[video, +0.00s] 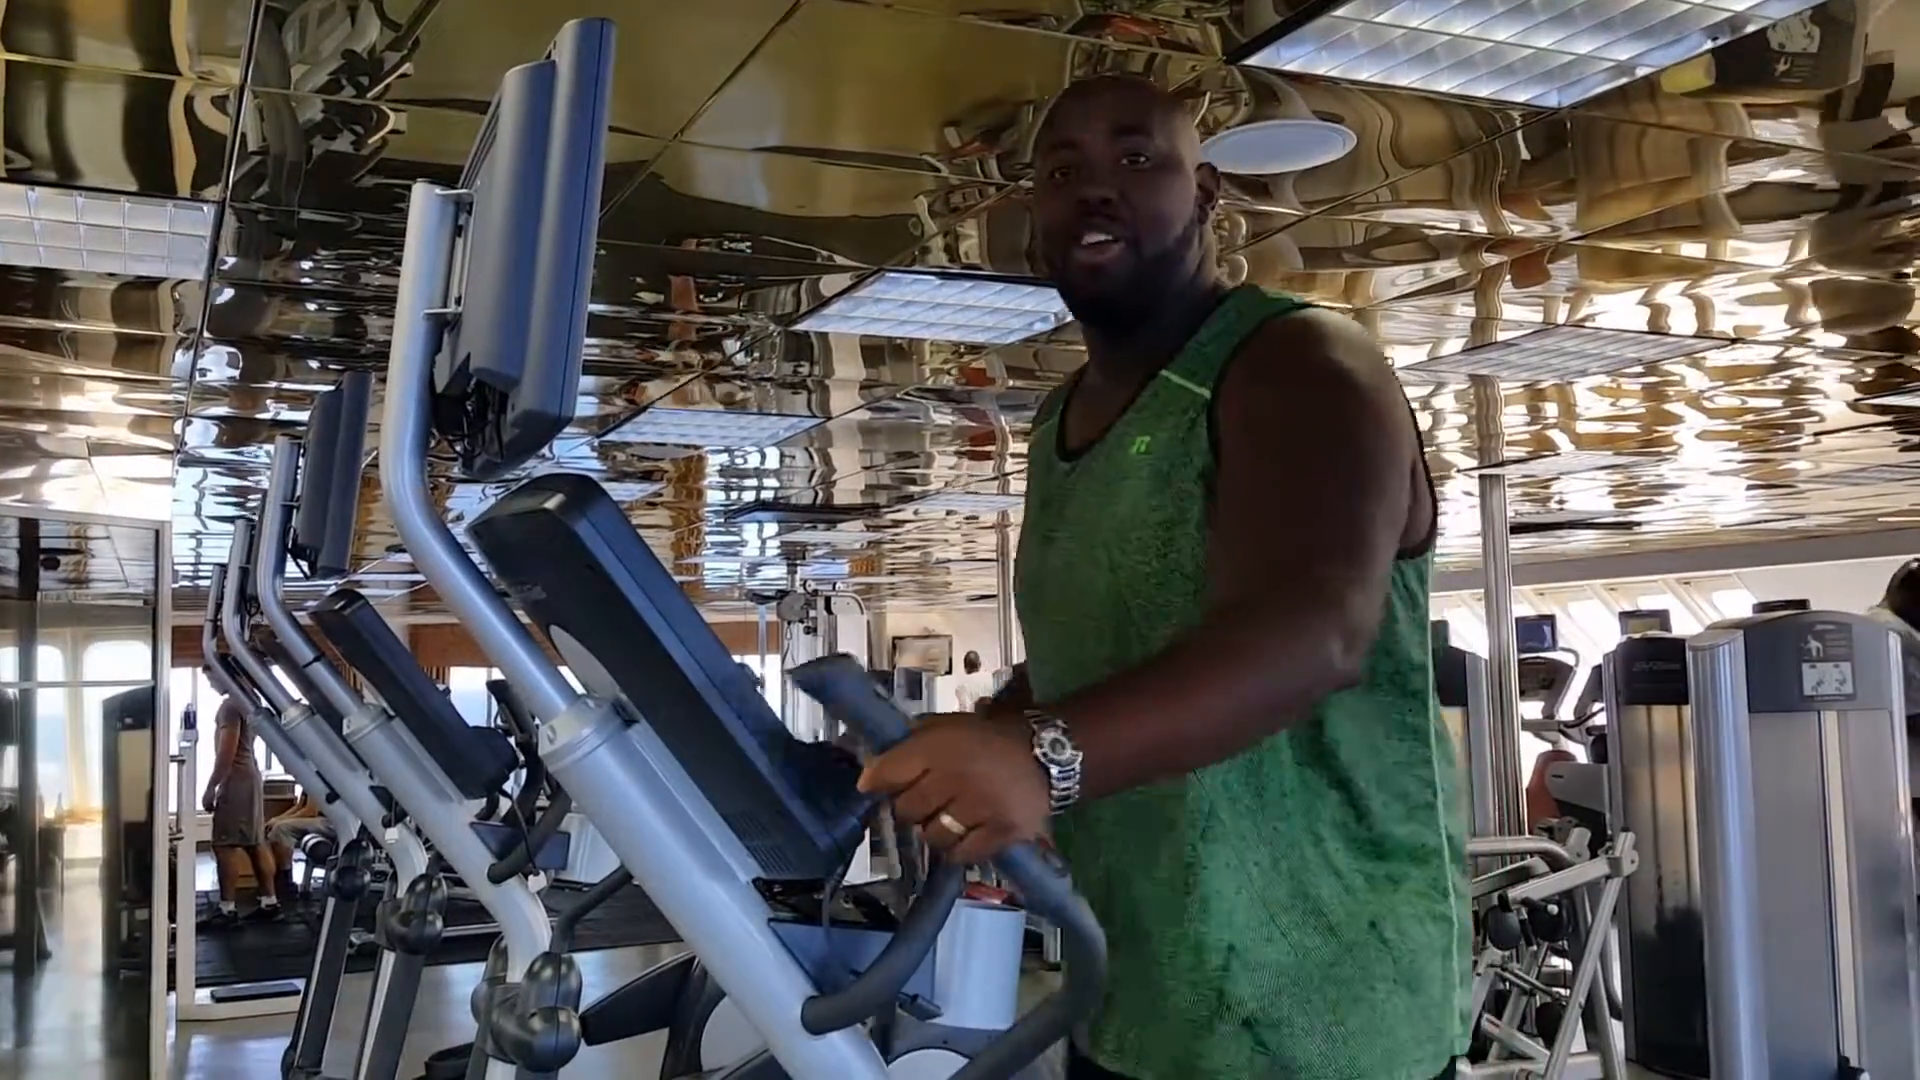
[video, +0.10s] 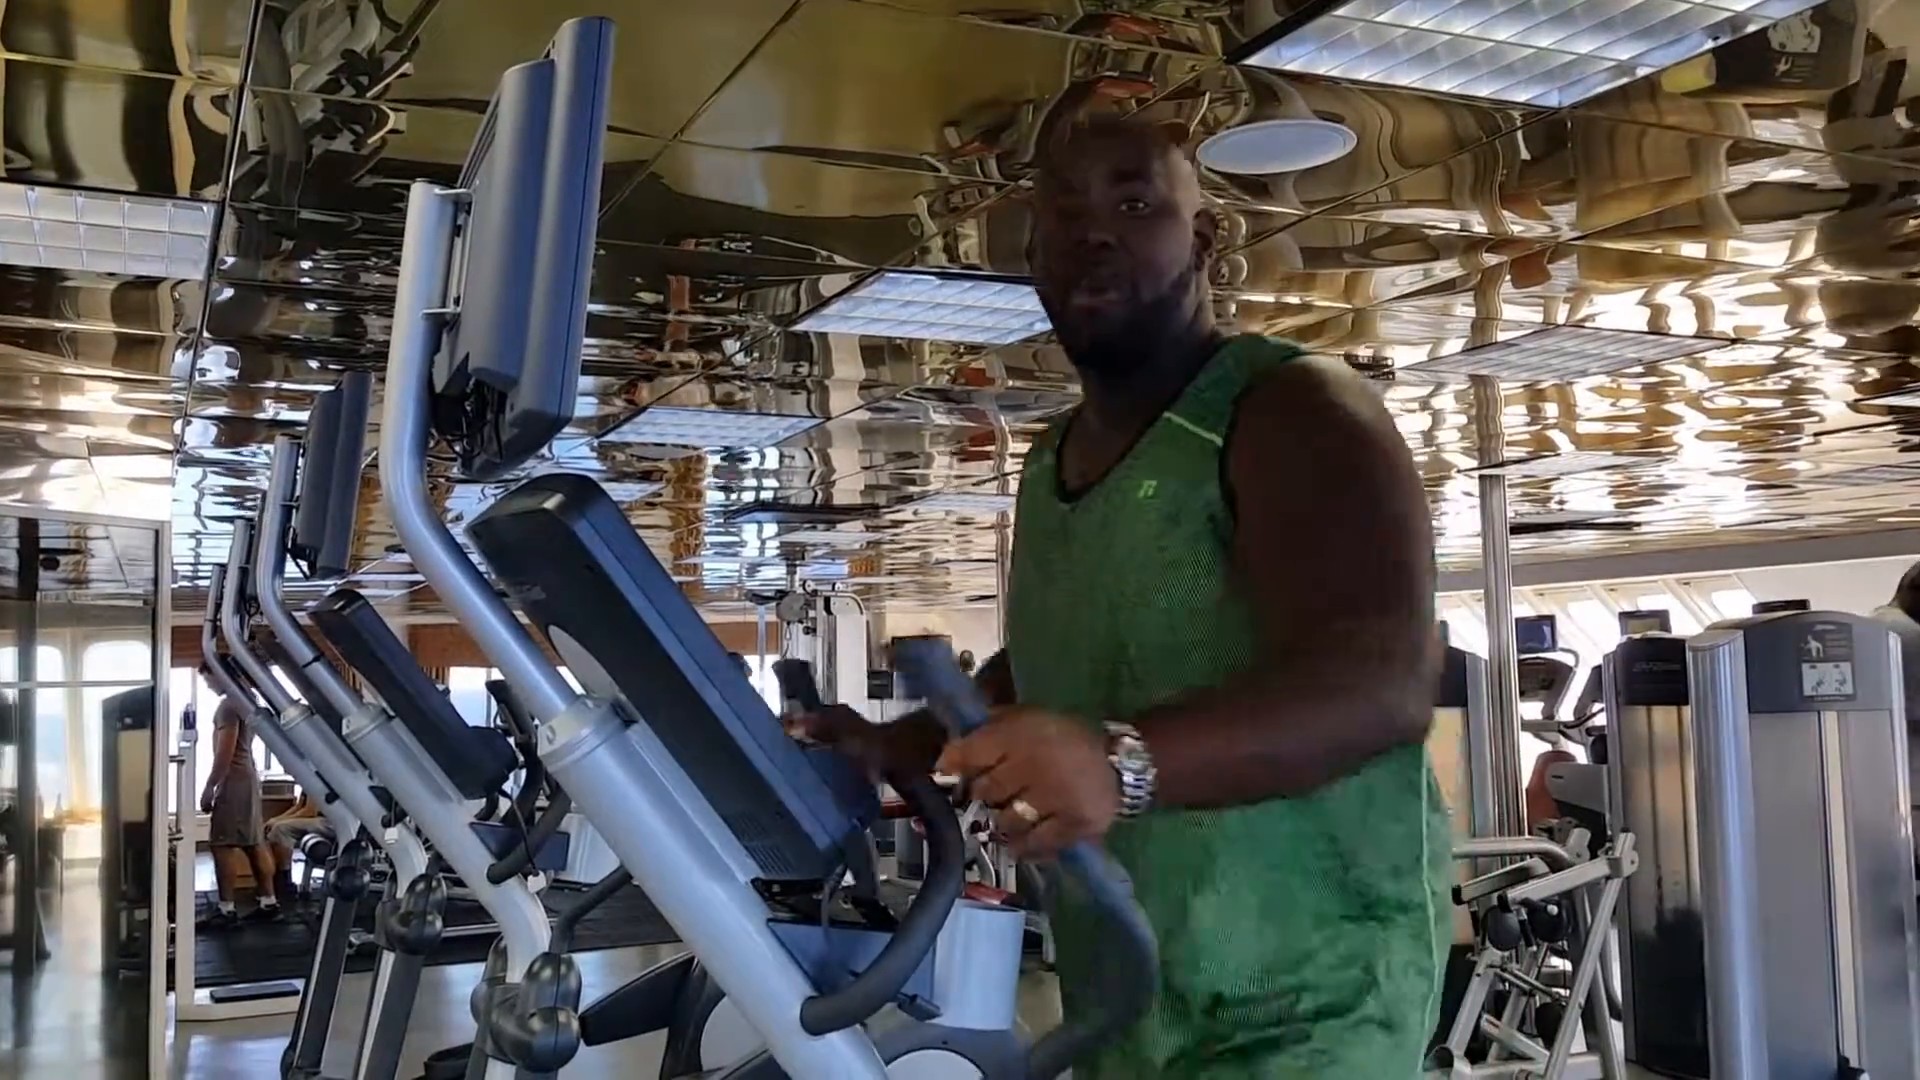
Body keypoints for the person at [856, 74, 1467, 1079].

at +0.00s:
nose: (1091, 186)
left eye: (1134, 158)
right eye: (1062, 166)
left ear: (1205, 196)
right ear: (1034, 213)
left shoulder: (1310, 367)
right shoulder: (1066, 421)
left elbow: (1314, 625)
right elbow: (1083, 656)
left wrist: (1052, 758)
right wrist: (978, 754)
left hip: (1321, 994)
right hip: (1135, 983)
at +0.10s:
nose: (1093, 229)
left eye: (1135, 202)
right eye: (1063, 205)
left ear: (1200, 244)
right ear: (1027, 248)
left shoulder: (1302, 410)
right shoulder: (1054, 466)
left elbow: (1379, 682)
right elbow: (1047, 673)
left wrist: (1125, 761)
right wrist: (893, 750)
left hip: (1313, 1009)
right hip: (1117, 1005)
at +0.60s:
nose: (1120, 189)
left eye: (1165, 163)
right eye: (1086, 166)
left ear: (1229, 204)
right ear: (1046, 214)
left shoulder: (1319, 372)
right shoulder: (1043, 448)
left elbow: (1531, 625)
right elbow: (947, 642)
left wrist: (1311, 789)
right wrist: (741, 734)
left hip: (1366, 1007)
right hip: (1136, 1007)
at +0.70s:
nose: (1125, 229)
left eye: (1171, 204)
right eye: (1096, 205)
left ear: (1239, 251)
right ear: (1059, 249)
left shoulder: (1334, 421)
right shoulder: (1081, 482)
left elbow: (1514, 691)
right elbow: (995, 680)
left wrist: (1235, 787)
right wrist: (775, 746)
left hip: (1385, 1036)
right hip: (1138, 1037)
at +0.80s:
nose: (1125, 281)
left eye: (1170, 250)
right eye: (1097, 255)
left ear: (1244, 285)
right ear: (1065, 287)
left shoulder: (1349, 460)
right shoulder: (1114, 496)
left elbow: (1448, 756)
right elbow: (1104, 697)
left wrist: (1134, 775)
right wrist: (886, 754)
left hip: (1371, 1046)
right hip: (1145, 1041)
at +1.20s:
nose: (1084, 202)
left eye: (1128, 172)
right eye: (1056, 178)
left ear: (1201, 208)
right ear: (1033, 216)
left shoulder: (1303, 376)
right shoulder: (1074, 430)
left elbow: (1298, 637)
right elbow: (1076, 657)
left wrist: (1032, 761)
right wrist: (977, 752)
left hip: (1331, 990)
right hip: (1143, 982)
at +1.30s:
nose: (1093, 251)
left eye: (1136, 223)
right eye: (1064, 222)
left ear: (1202, 257)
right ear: (1030, 260)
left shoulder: (1307, 424)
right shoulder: (1064, 474)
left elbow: (1365, 705)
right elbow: (1058, 666)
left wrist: (1107, 767)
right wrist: (888, 744)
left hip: (1319, 1010)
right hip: (1132, 1007)